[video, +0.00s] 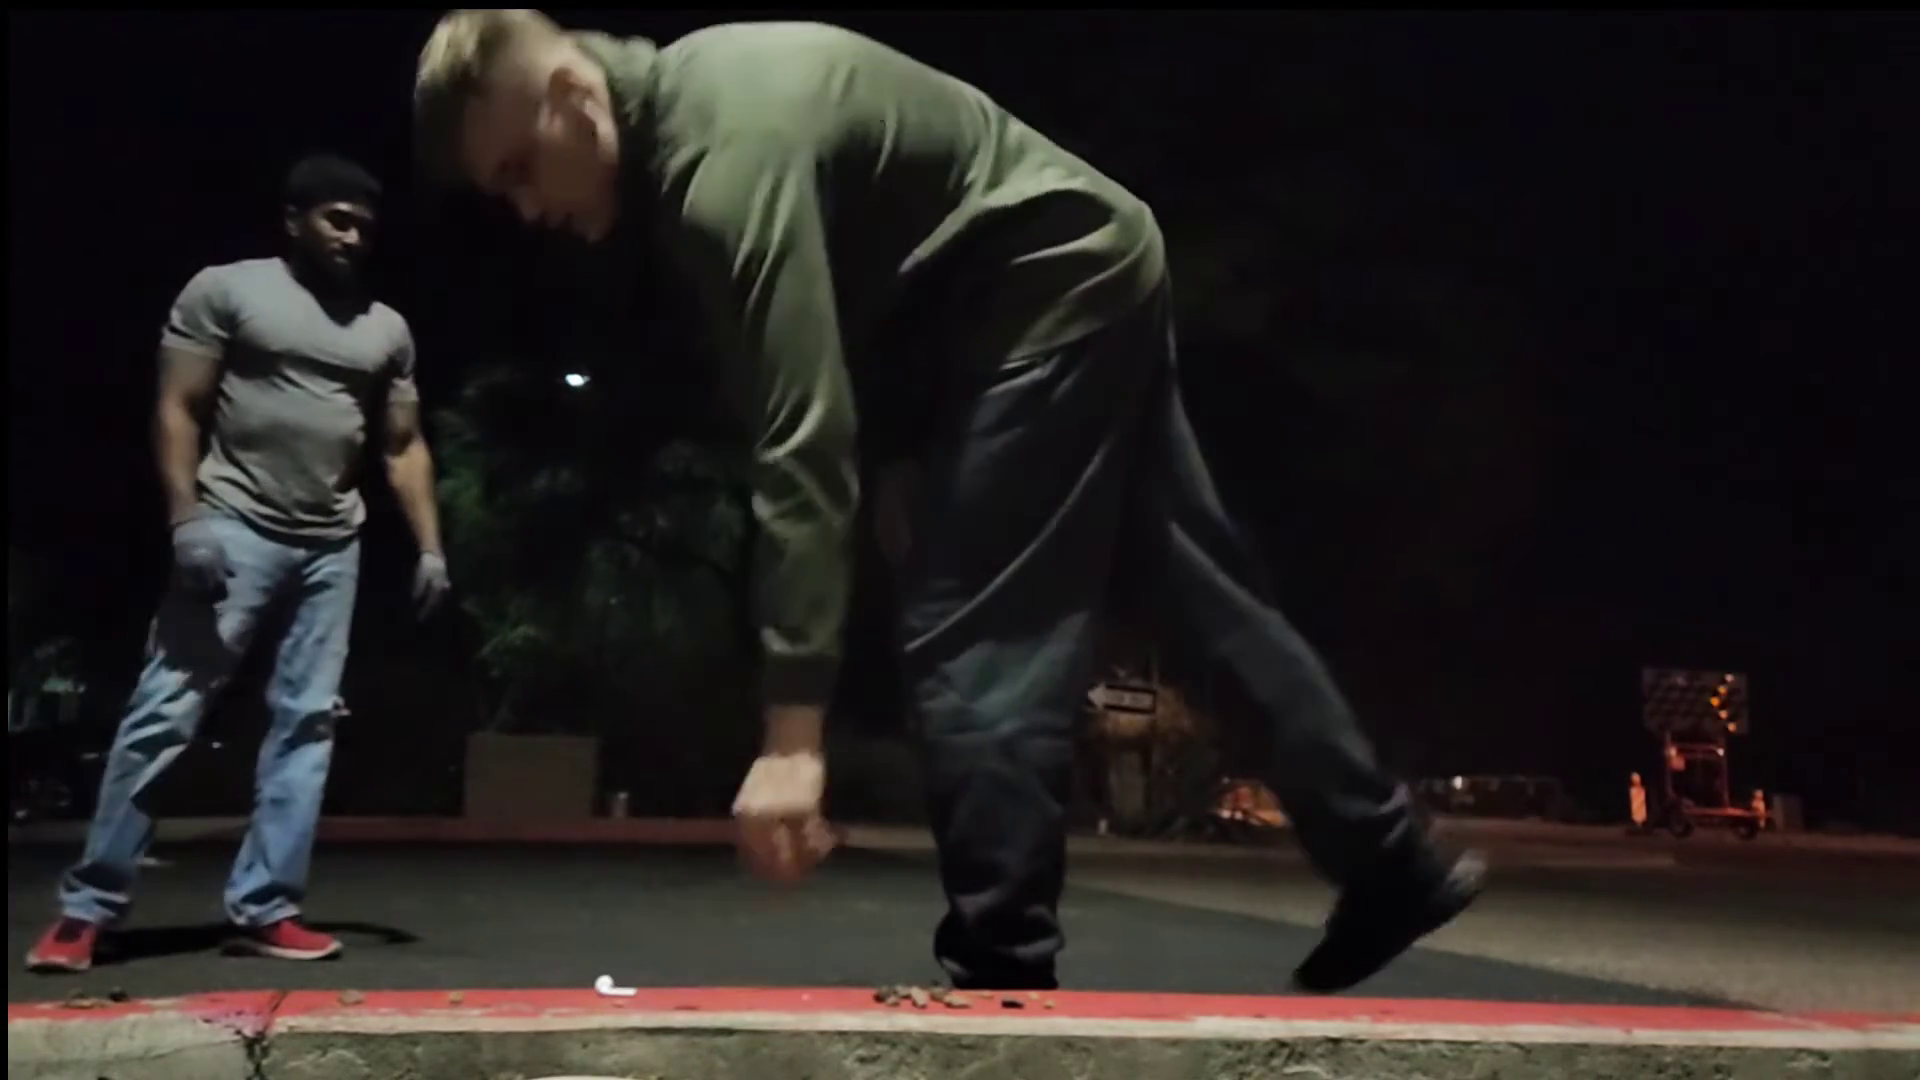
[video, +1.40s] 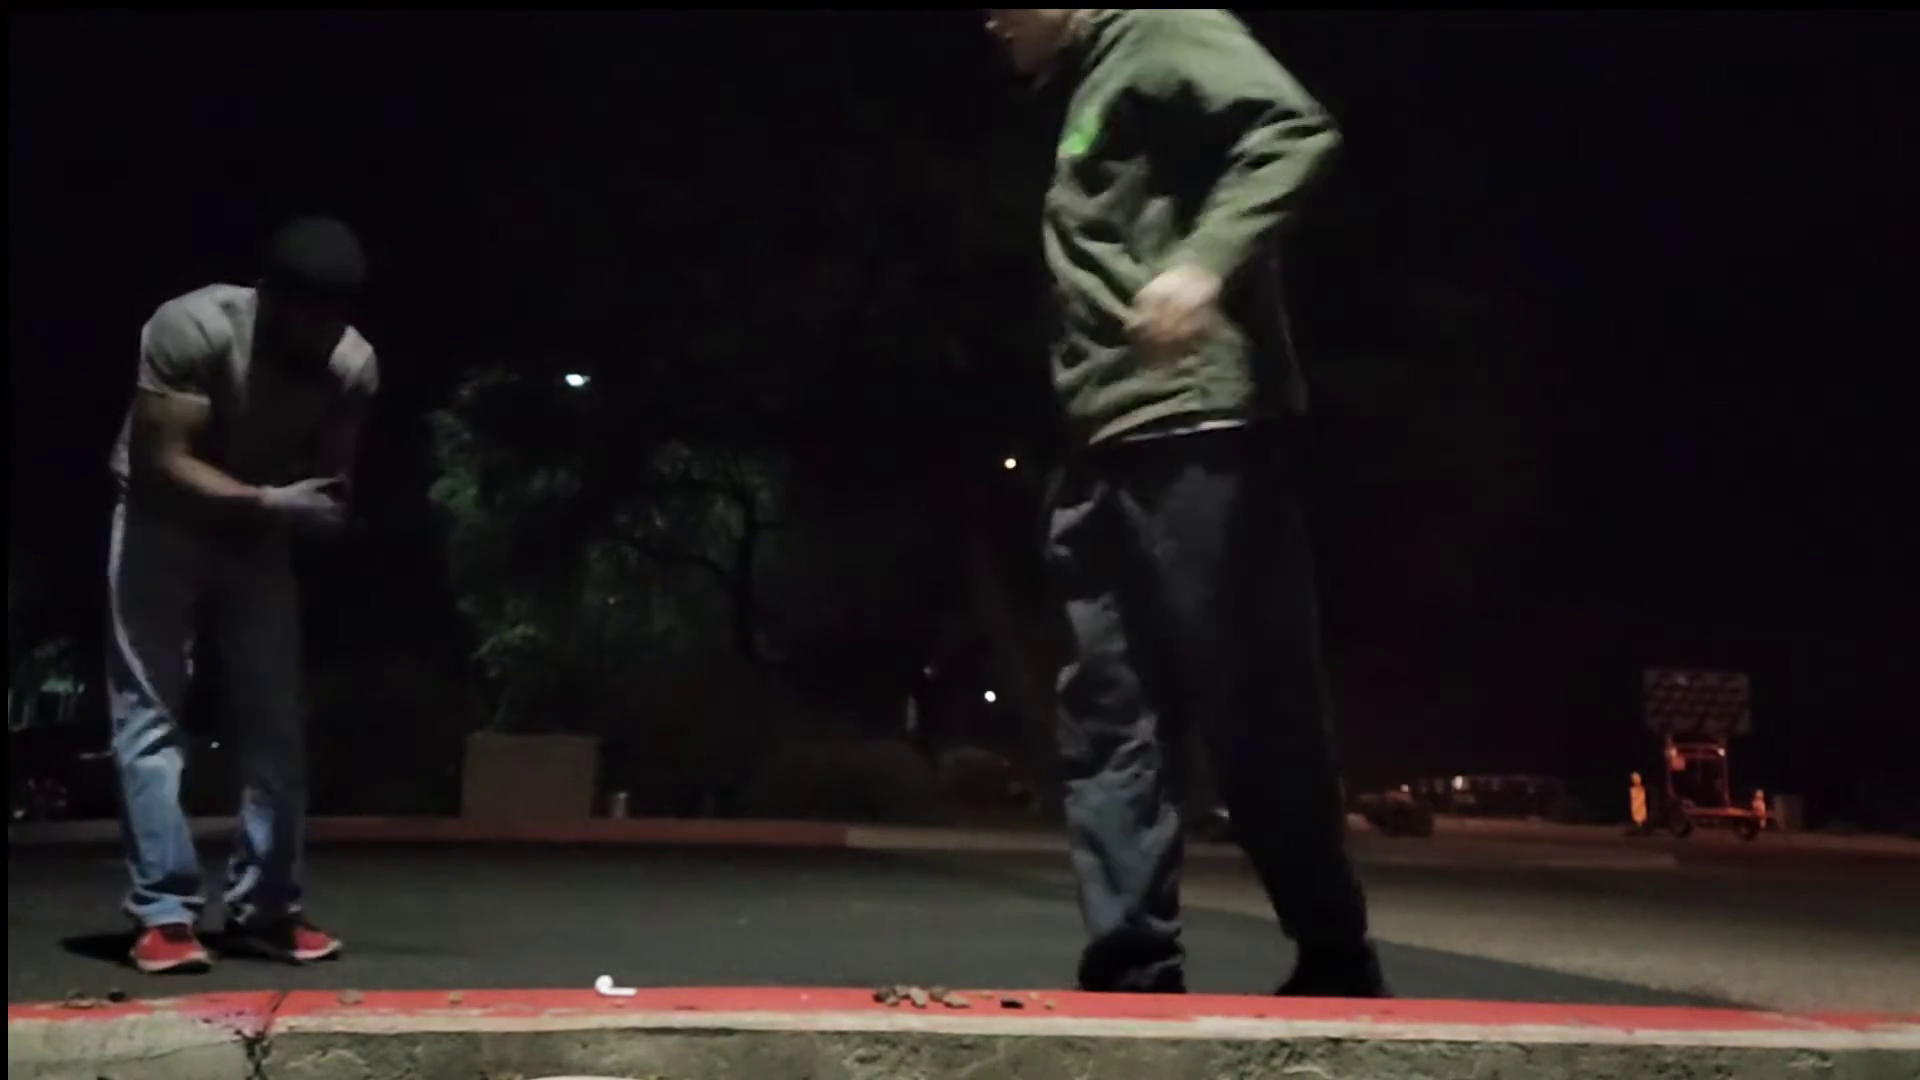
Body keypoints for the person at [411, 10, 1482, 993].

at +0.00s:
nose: (523, 210)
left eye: (515, 174)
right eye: (500, 192)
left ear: (576, 100)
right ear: (575, 97)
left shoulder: (732, 155)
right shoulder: (689, 100)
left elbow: (804, 449)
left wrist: (790, 739)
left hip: (1050, 292)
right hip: (1088, 266)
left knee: (973, 631)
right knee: (1191, 588)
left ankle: (1002, 954)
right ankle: (1389, 859)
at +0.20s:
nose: (564, 121)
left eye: (560, 82)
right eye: (541, 104)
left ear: (623, 24)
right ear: (628, 27)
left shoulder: (764, 91)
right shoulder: (747, 68)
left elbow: (840, 361)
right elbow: (830, 358)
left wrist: (826, 637)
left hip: (1059, 297)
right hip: (1105, 279)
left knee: (961, 637)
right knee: (1160, 629)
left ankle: (1001, 962)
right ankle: (1281, 933)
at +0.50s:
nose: (695, 66)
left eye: (687, 38)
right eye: (680, 49)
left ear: (738, 5)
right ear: (737, 15)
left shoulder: (861, 36)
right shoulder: (858, 38)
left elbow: (901, 257)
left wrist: (875, 501)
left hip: (1069, 339)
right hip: (1105, 335)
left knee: (998, 648)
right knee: (1071, 664)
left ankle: (1000, 967)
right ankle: (1130, 974)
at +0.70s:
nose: (807, 50)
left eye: (807, 26)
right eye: (796, 37)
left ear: (854, 4)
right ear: (844, 24)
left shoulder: (967, 35)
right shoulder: (941, 55)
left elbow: (1025, 225)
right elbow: (1022, 234)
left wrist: (984, 423)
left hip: (1121, 366)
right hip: (1082, 375)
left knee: (1070, 652)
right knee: (1056, 653)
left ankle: (1011, 943)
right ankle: (1123, 959)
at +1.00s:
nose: (898, 33)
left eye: (905, 15)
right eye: (895, 22)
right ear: (943, 21)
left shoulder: (1070, 30)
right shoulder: (1003, 79)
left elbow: (1135, 208)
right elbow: (1039, 272)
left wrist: (1103, 386)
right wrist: (1032, 427)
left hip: (1155, 389)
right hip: (1088, 405)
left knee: (1133, 674)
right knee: (1090, 681)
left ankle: (1179, 966)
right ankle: (1119, 968)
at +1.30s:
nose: (970, 28)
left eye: (978, 12)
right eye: (966, 20)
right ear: (1011, 23)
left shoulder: (1135, 31)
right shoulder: (1056, 97)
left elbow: (1232, 151)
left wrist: (1138, 314)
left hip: (1192, 446)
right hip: (1093, 463)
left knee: (1247, 699)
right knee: (1102, 719)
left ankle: (1330, 947)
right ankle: (1132, 967)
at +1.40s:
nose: (996, 23)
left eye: (1006, 8)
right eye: (994, 17)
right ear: (1030, 25)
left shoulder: (1166, 33)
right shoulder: (1078, 97)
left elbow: (1295, 130)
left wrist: (1203, 263)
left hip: (1200, 440)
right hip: (1099, 454)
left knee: (1247, 701)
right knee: (1107, 713)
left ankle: (1334, 953)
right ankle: (1131, 965)